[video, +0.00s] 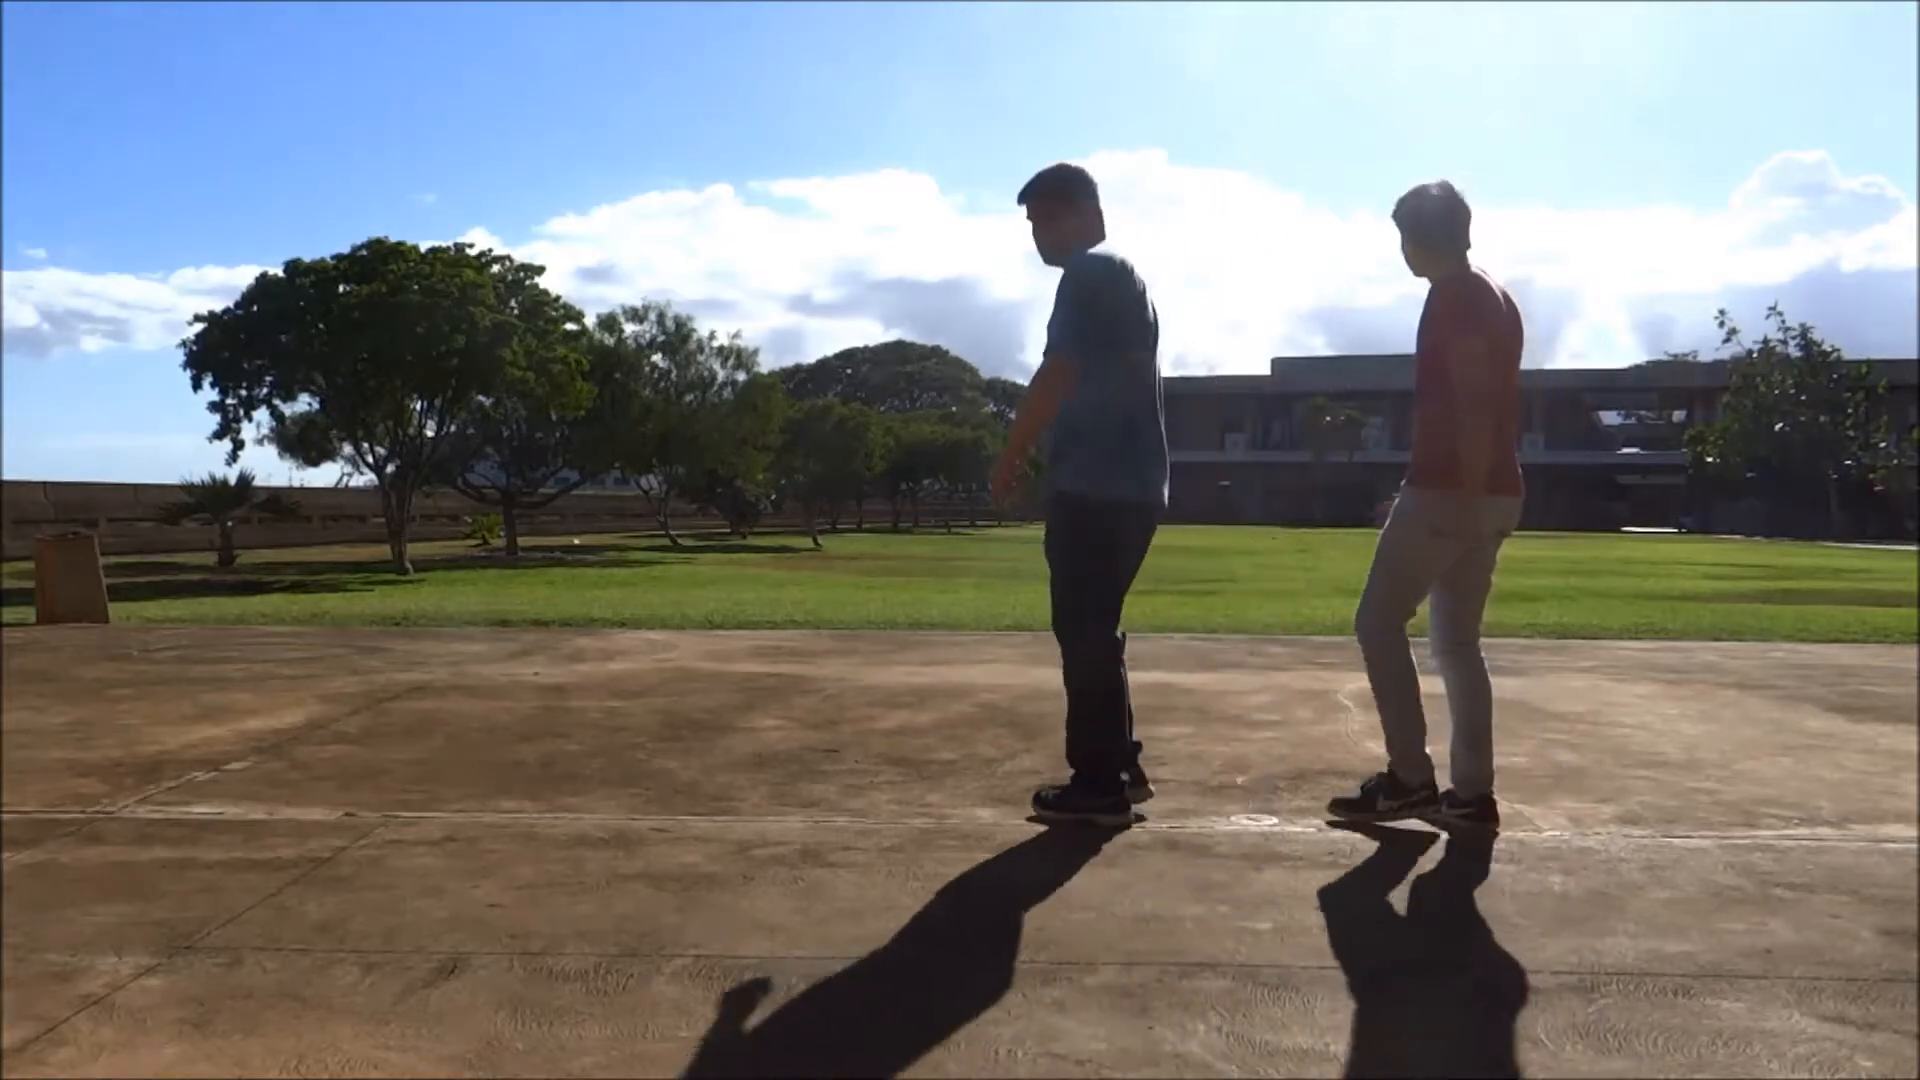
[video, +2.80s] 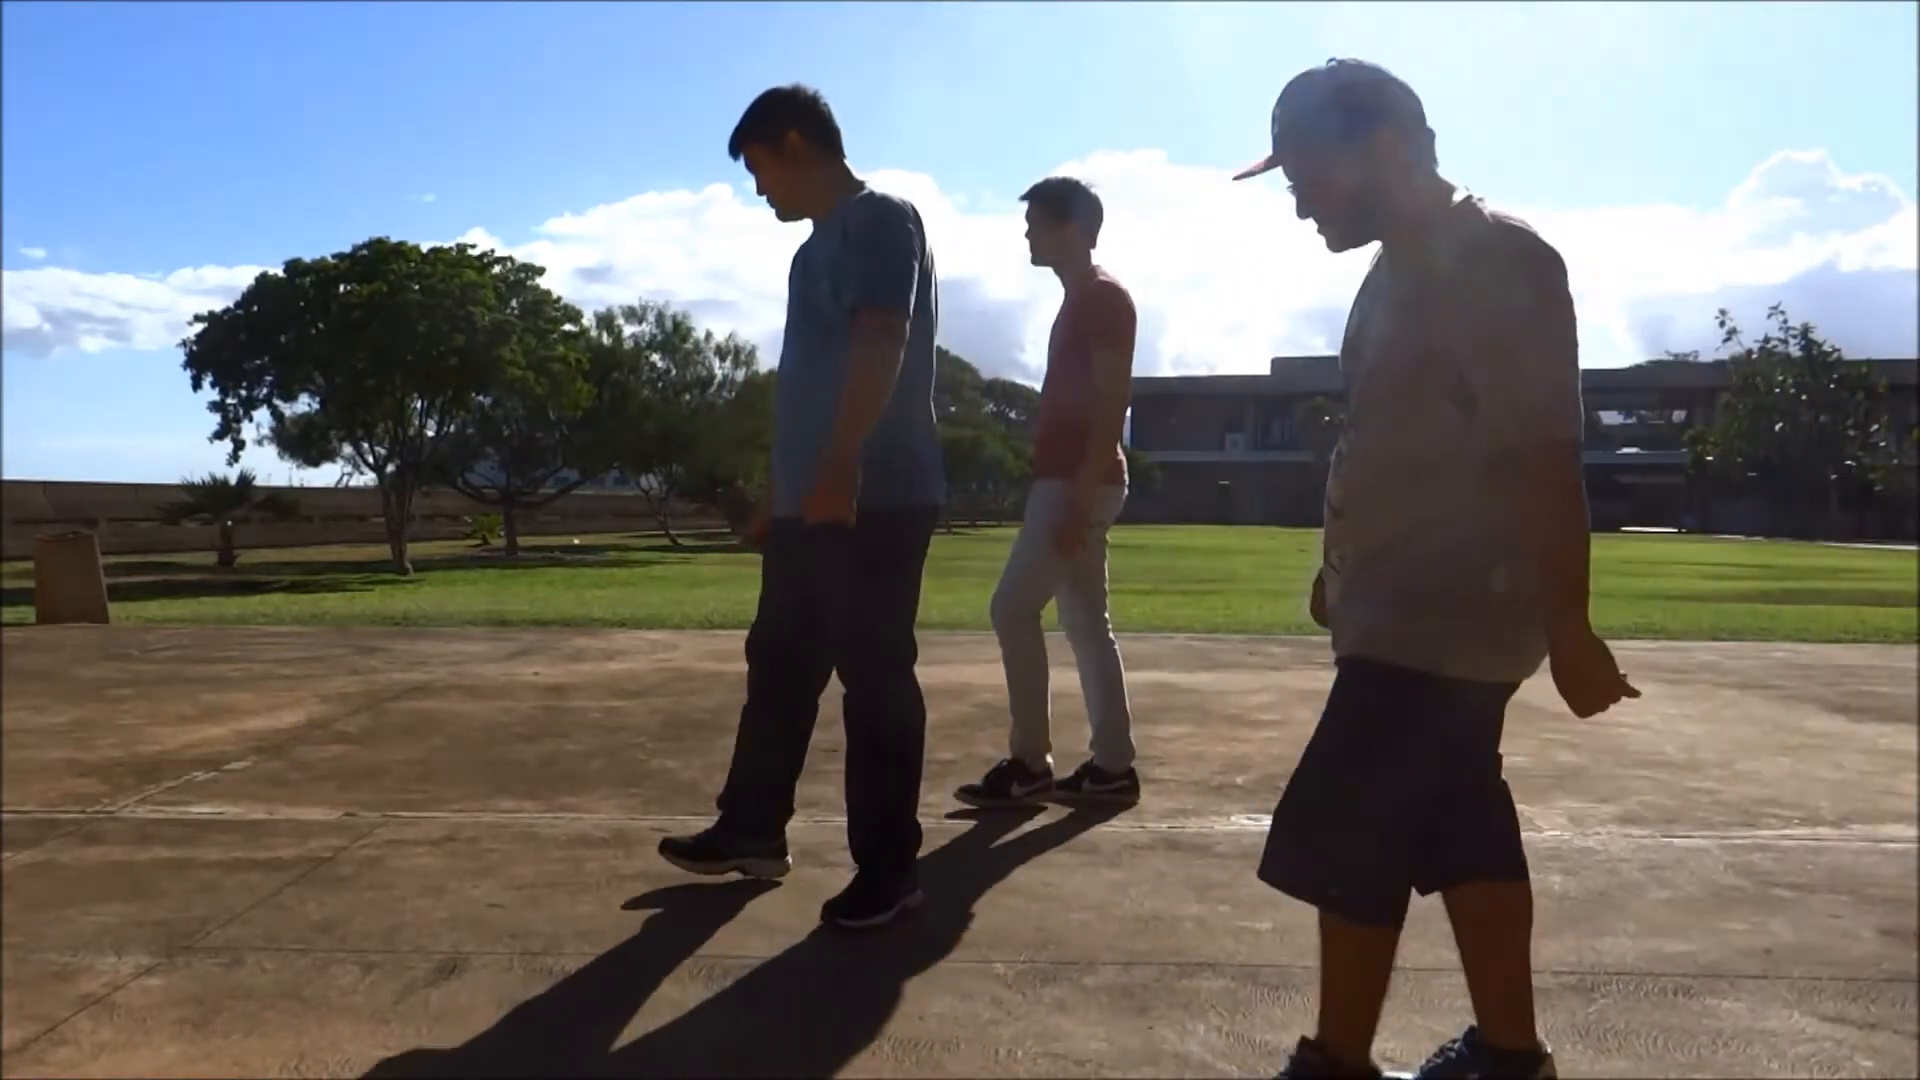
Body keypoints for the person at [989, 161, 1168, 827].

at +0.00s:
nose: (1033, 234)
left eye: (1039, 219)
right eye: (1031, 221)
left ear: (1077, 213)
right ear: (1091, 214)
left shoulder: (1087, 273)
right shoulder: (1127, 280)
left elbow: (1059, 373)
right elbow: (1122, 389)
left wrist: (1012, 454)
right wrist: (1044, 456)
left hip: (1096, 489)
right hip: (1131, 487)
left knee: (1083, 627)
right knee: (1092, 626)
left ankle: (1098, 786)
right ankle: (1115, 766)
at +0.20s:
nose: (1027, 234)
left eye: (1040, 219)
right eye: (1020, 223)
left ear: (1075, 219)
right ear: (1016, 231)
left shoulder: (1119, 287)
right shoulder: (1027, 314)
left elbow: (1128, 384)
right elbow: (1015, 418)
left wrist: (1039, 417)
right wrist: (995, 493)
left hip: (1111, 489)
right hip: (1060, 494)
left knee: (1041, 618)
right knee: (1065, 624)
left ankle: (1075, 772)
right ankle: (1113, 769)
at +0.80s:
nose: (994, 206)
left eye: (1009, 192)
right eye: (983, 194)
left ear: (1042, 194)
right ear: (972, 200)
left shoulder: (1086, 277)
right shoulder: (952, 286)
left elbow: (1117, 378)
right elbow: (919, 383)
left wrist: (1081, 472)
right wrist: (896, 452)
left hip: (1045, 490)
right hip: (967, 492)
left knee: (1020, 634)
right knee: (954, 626)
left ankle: (1005, 803)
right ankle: (1024, 740)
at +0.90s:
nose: (982, 202)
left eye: (996, 188)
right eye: (971, 191)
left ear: (1032, 191)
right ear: (962, 199)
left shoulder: (1075, 274)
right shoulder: (942, 285)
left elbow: (1105, 382)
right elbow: (913, 390)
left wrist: (1086, 476)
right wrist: (890, 465)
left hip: (1037, 494)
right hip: (955, 494)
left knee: (1018, 647)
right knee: (935, 634)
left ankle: (1007, 802)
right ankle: (954, 767)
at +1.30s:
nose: (921, 205)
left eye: (937, 189)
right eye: (911, 192)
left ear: (975, 190)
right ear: (901, 198)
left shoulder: (1025, 277)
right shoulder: (880, 286)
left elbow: (1053, 388)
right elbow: (863, 400)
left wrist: (1044, 484)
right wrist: (845, 494)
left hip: (989, 505)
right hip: (899, 506)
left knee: (994, 664)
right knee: (872, 662)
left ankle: (1005, 805)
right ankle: (839, 813)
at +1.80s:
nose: (838, 188)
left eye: (853, 172)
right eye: (825, 175)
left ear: (886, 173)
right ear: (810, 180)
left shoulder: (934, 262)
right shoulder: (779, 270)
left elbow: (959, 375)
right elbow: (742, 382)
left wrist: (924, 477)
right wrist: (719, 479)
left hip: (912, 498)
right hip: (814, 504)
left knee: (920, 659)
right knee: (816, 667)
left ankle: (950, 804)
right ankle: (831, 818)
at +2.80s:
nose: (760, 191)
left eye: (759, 170)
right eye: (753, 175)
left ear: (798, 147)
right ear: (797, 152)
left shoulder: (881, 219)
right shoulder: (812, 252)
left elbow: (880, 348)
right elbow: (809, 386)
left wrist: (840, 462)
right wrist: (778, 493)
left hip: (876, 499)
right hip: (814, 502)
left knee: (878, 676)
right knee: (780, 662)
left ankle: (887, 871)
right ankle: (750, 829)